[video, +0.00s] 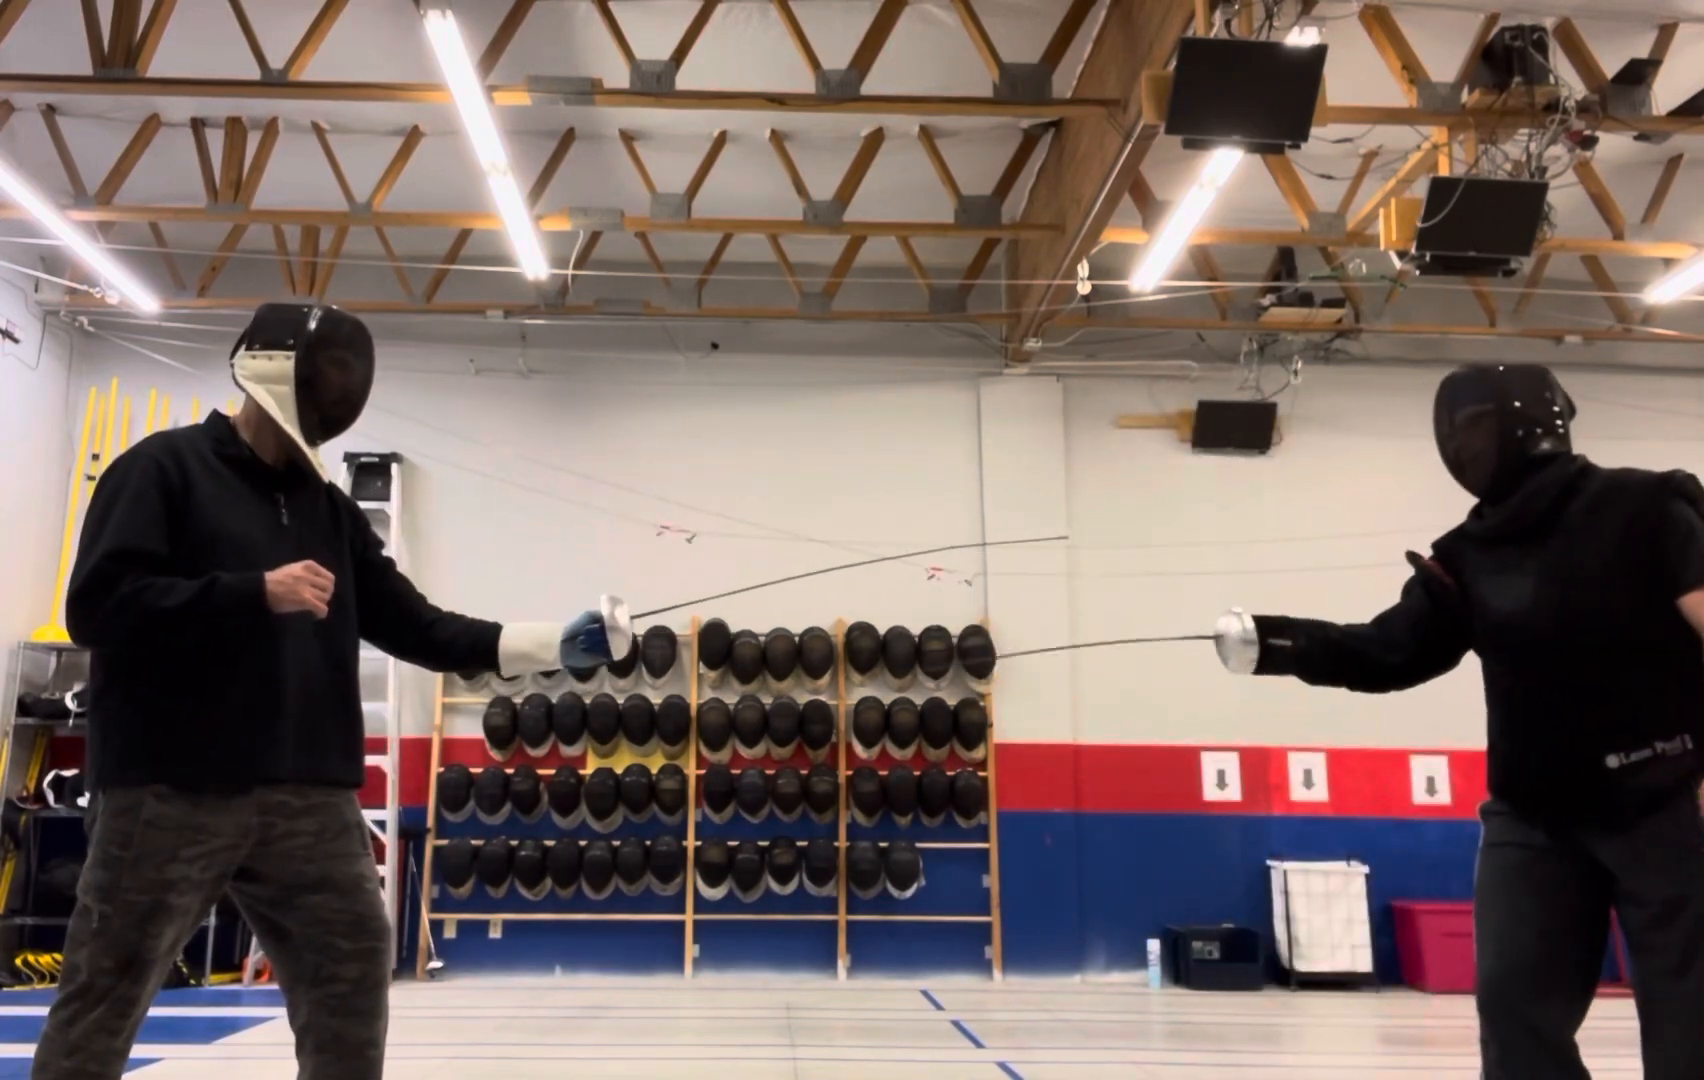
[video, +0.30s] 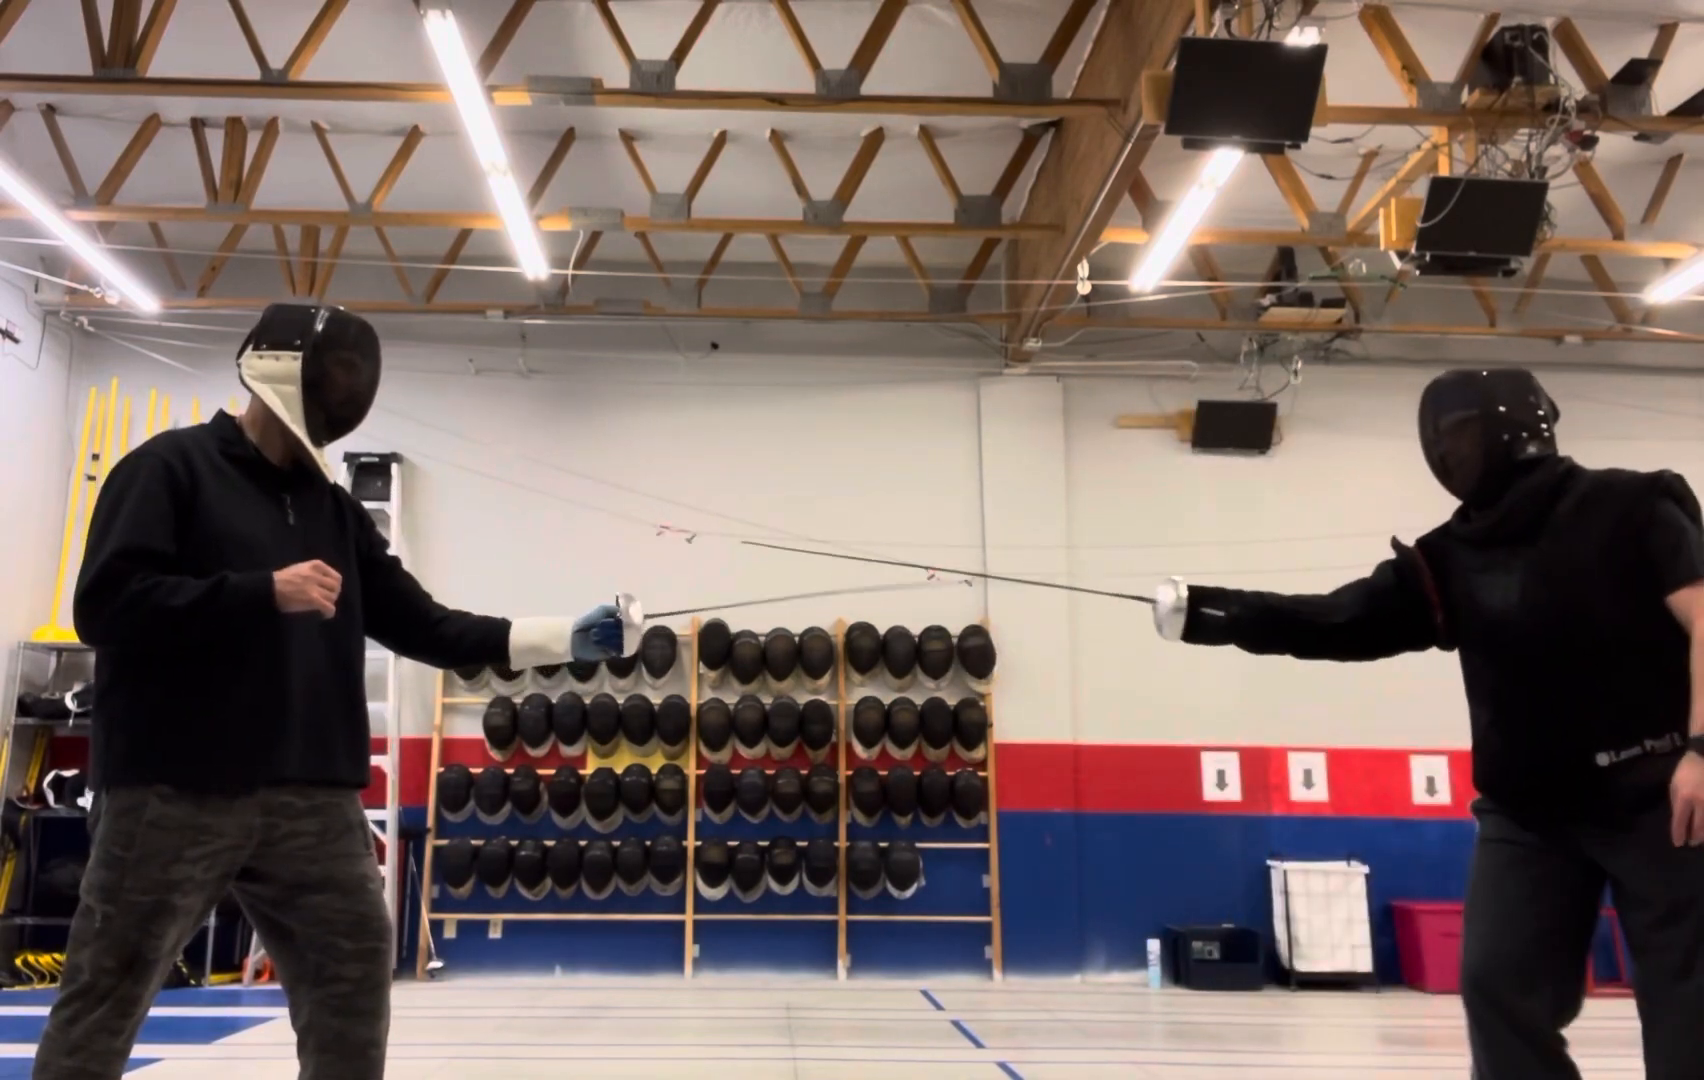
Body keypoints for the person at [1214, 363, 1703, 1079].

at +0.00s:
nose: (1462, 453)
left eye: (1475, 431)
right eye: (1454, 438)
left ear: (1529, 422)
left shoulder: (1653, 510)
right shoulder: (1465, 559)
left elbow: (1702, 626)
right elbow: (1387, 652)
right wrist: (1274, 644)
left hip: (1665, 811)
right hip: (1533, 824)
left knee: (1684, 1040)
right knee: (1519, 1032)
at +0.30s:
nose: (1441, 456)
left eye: (1455, 434)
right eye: (1434, 442)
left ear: (1512, 426)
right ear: (1436, 452)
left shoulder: (1636, 509)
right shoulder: (1450, 560)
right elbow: (1339, 619)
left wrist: (1701, 748)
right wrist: (1214, 615)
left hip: (1656, 803)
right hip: (1525, 818)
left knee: (1684, 1019)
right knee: (1502, 1000)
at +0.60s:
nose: (1369, 472)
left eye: (1378, 451)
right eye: (1365, 457)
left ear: (1424, 444)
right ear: (1443, 442)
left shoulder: (1560, 518)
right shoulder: (1382, 573)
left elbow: (1643, 634)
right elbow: (1272, 632)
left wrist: (1665, 762)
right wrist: (1142, 625)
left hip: (1587, 817)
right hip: (1458, 835)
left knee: (1656, 1031)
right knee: (1400, 1041)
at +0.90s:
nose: (1216, 458)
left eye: (1225, 435)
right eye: (1213, 442)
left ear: (1279, 425)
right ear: (1260, 436)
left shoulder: (1397, 500)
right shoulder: (1234, 562)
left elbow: (1478, 612)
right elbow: (1133, 630)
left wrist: (1473, 738)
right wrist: (999, 620)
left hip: (1440, 791)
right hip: (1314, 820)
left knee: (1555, 1018)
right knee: (1297, 1049)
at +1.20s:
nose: (1132, 448)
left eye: (1140, 428)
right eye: (1131, 432)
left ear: (1184, 430)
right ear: (1210, 428)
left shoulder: (1310, 492)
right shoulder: (1151, 555)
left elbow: (1397, 602)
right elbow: (1031, 590)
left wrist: (1367, 716)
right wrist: (916, 560)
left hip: (1384, 789)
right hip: (1258, 816)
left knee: (1490, 994)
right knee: (1262, 1041)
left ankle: (1544, 1078)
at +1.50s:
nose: (1156, 443)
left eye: (1166, 424)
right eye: (1154, 429)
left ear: (1207, 426)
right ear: (1235, 426)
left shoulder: (1329, 495)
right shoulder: (1176, 563)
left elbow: (1417, 611)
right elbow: (1082, 636)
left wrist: (1391, 728)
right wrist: (959, 620)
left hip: (1398, 785)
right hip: (1278, 812)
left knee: (1505, 988)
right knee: (1273, 1040)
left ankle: (1569, 1075)